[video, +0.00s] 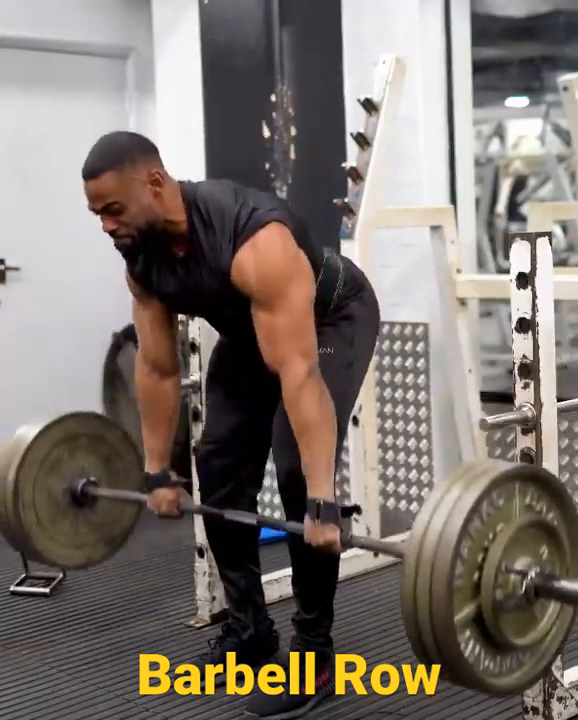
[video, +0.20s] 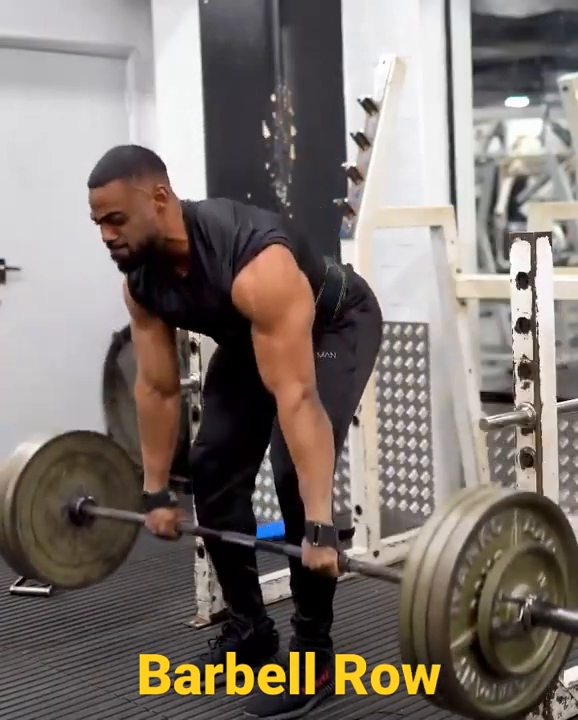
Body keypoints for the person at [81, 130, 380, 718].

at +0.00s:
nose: (107, 227)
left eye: (113, 210)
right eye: (98, 215)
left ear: (155, 182)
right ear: (144, 188)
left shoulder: (255, 242)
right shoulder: (142, 254)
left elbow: (300, 371)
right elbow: (157, 368)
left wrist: (324, 498)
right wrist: (158, 471)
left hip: (332, 313)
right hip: (249, 324)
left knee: (297, 464)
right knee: (219, 466)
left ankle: (311, 647)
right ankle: (247, 628)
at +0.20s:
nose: (106, 239)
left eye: (115, 221)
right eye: (99, 224)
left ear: (160, 199)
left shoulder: (257, 263)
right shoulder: (142, 276)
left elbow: (298, 398)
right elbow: (158, 387)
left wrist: (319, 524)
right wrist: (156, 493)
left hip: (335, 322)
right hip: (252, 331)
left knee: (298, 474)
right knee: (212, 470)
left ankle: (312, 649)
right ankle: (249, 627)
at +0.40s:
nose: (108, 232)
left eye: (116, 215)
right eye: (101, 219)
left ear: (162, 195)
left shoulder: (254, 257)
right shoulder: (142, 270)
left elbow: (297, 391)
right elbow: (156, 381)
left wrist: (316, 517)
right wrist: (152, 486)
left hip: (336, 319)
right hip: (253, 328)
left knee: (298, 471)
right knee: (217, 465)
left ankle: (310, 650)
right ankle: (247, 627)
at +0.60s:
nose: (110, 190)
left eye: (117, 174)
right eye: (102, 178)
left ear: (160, 148)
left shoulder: (252, 203)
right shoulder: (143, 219)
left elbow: (315, 320)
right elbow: (154, 321)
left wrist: (312, 449)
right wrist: (149, 429)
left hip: (327, 300)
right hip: (252, 312)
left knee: (309, 468)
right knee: (237, 465)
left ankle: (311, 649)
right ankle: (250, 627)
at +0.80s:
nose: (126, 135)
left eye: (132, 119)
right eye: (118, 124)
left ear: (174, 89)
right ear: (124, 112)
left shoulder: (261, 133)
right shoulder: (153, 159)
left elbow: (349, 228)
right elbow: (157, 245)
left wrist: (315, 338)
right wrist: (147, 331)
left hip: (304, 313)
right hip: (235, 315)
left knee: (304, 480)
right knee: (240, 480)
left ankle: (314, 652)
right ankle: (249, 631)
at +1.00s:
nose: (108, 162)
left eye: (113, 145)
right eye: (99, 151)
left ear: (154, 116)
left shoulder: (245, 143)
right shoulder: (141, 175)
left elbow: (360, 187)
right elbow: (164, 223)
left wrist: (316, 286)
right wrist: (146, 283)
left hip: (302, 322)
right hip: (229, 325)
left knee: (285, 469)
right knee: (218, 472)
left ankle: (310, 647)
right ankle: (247, 627)